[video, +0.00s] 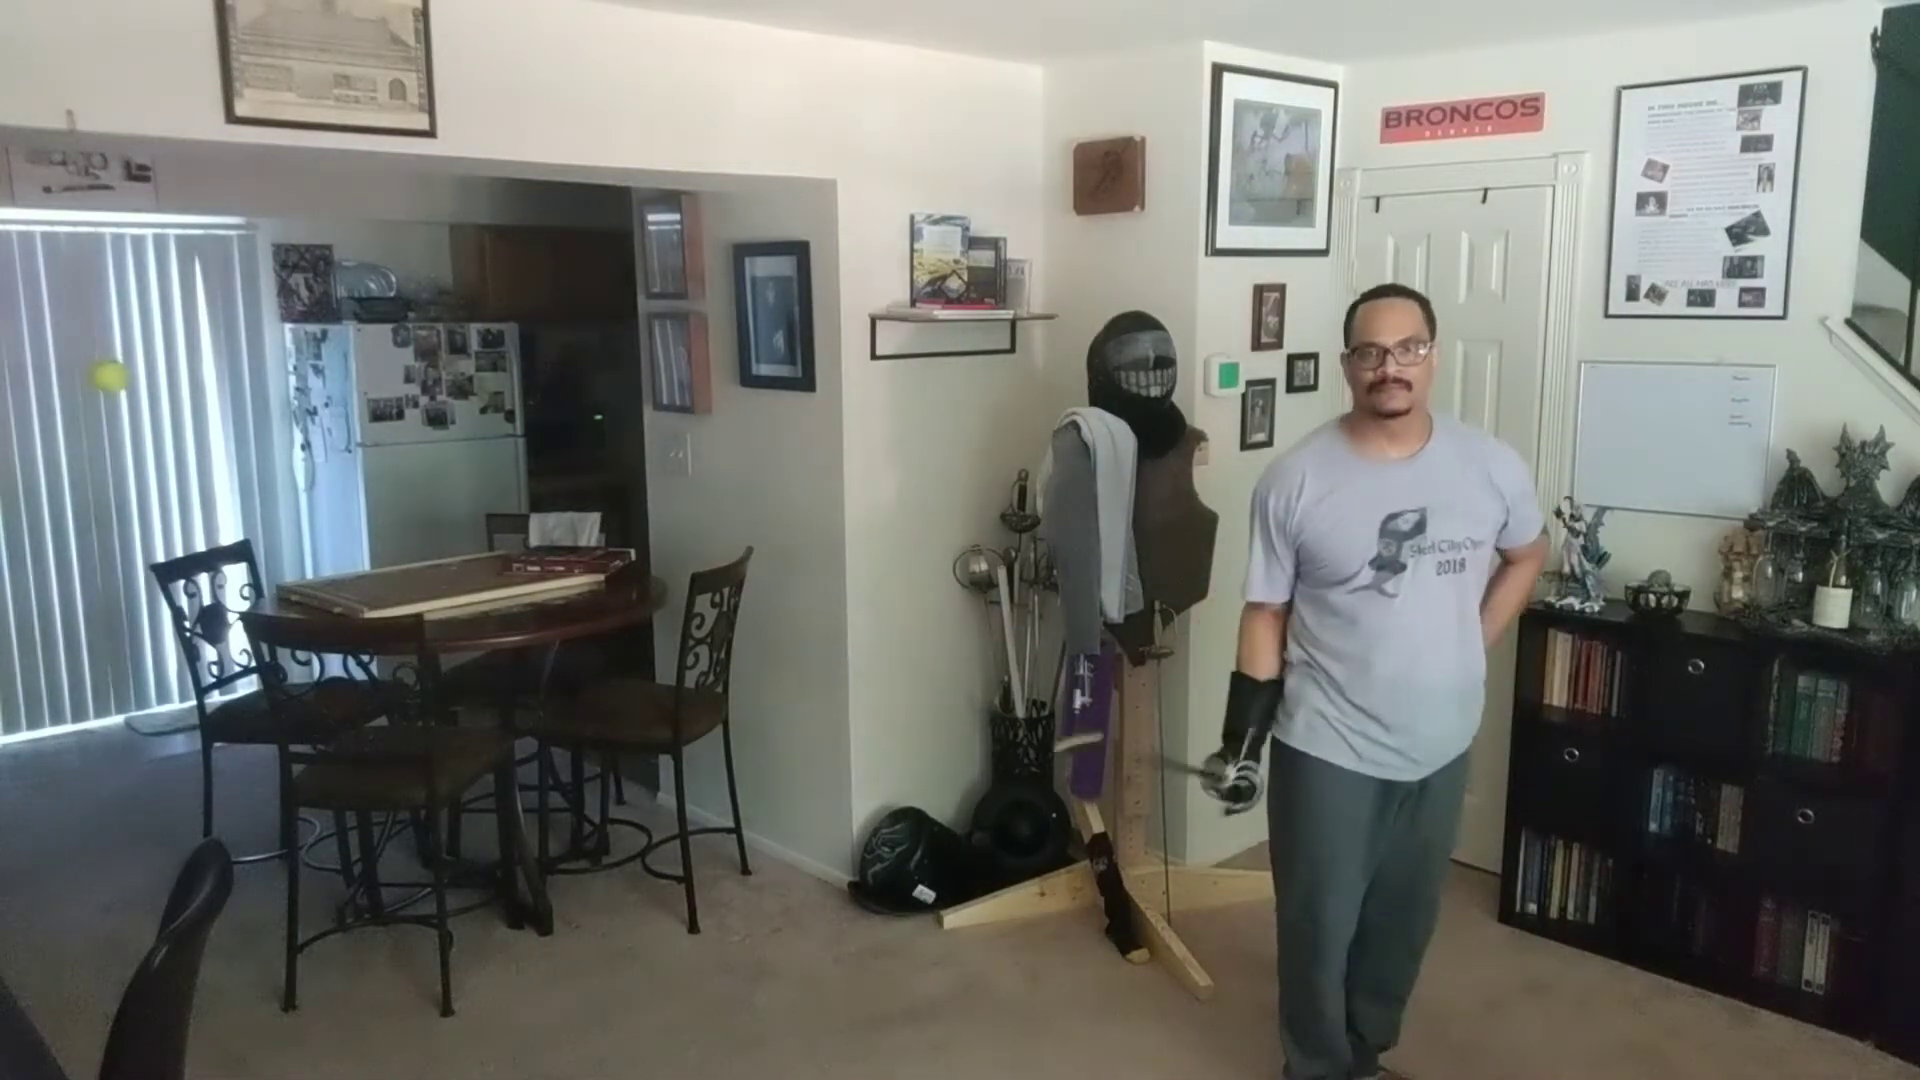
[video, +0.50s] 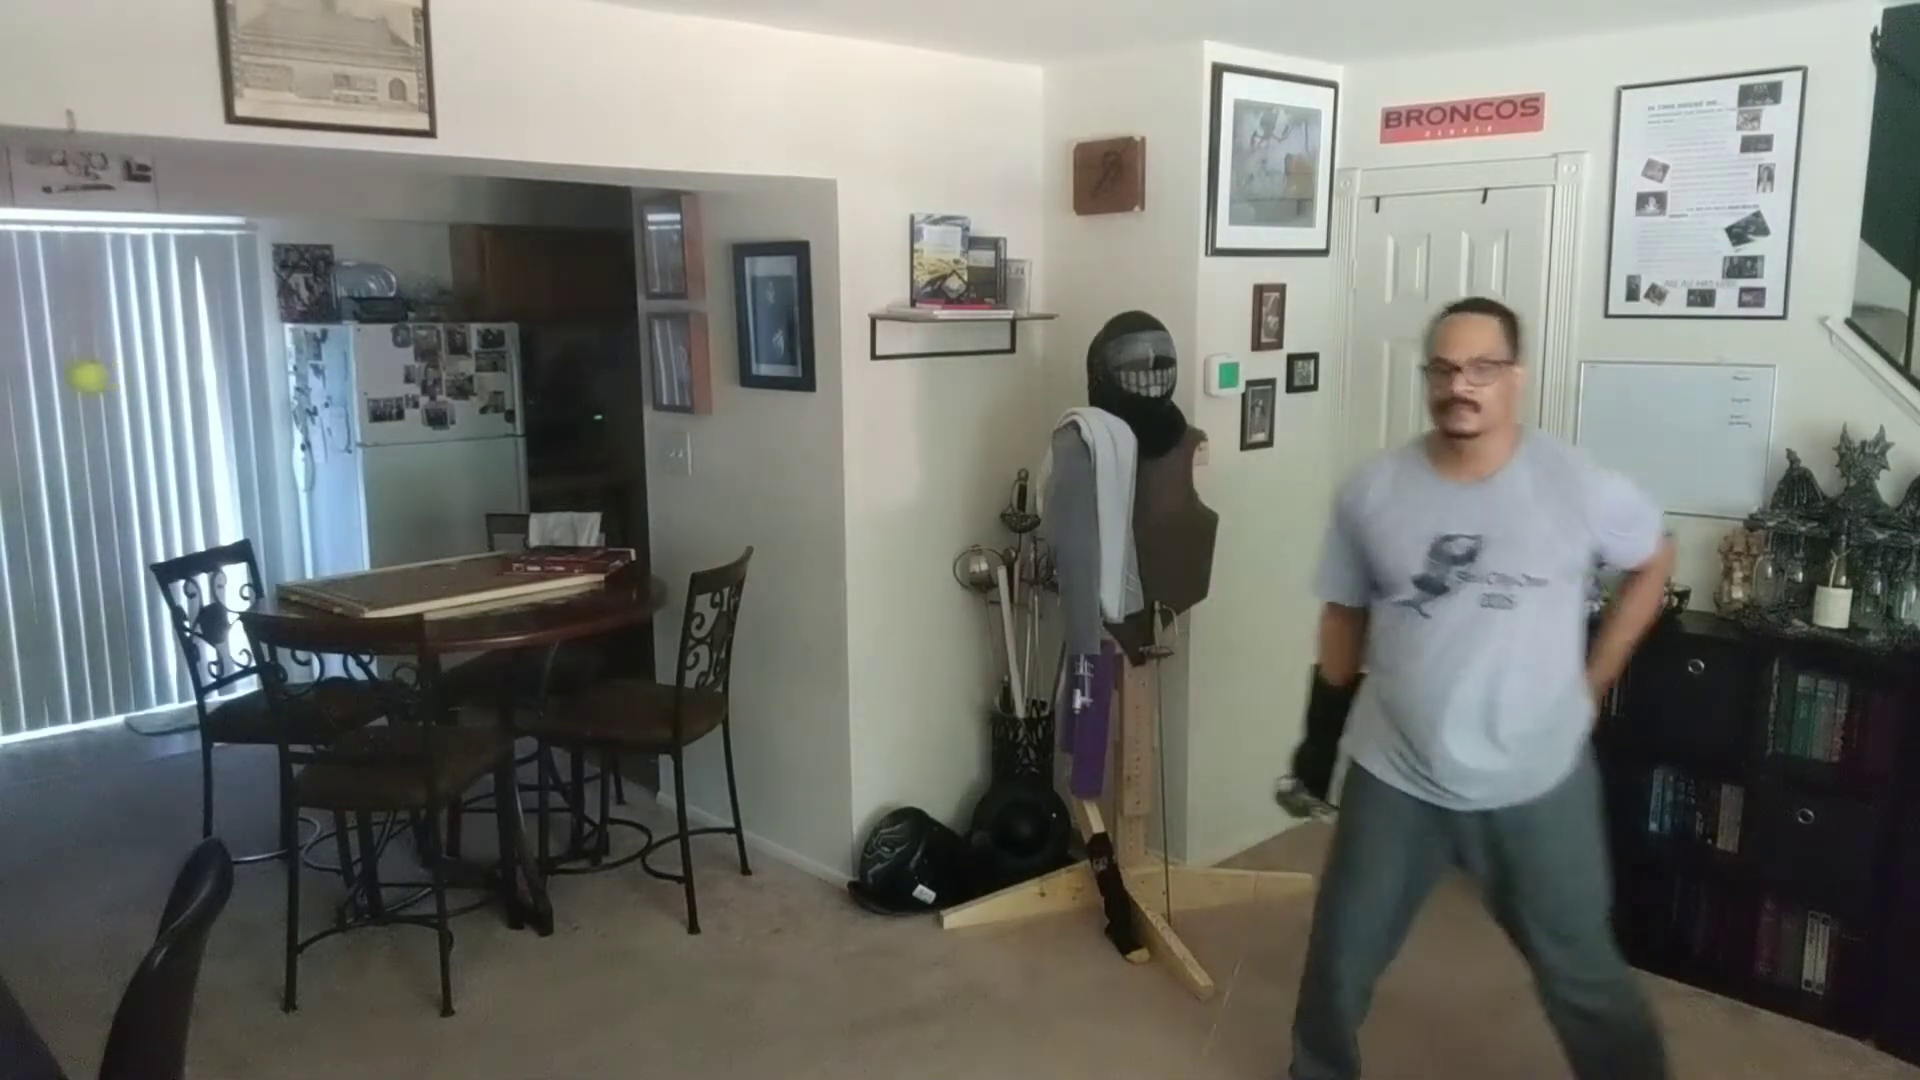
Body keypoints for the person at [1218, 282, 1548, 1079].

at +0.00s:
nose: (1390, 366)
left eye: (1408, 349)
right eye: (1371, 351)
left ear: (1433, 360)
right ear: (1347, 367)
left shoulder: (1487, 463)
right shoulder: (1294, 479)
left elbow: (1527, 553)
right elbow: (1264, 612)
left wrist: (1475, 641)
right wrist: (1245, 738)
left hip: (1441, 742)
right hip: (1327, 740)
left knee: (1405, 915)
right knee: (1321, 920)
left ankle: (1369, 1050)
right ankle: (1315, 1062)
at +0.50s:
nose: (1458, 386)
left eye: (1480, 370)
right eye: (1442, 369)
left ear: (1518, 380)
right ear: (1424, 378)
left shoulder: (1575, 485)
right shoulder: (1372, 491)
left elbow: (1653, 559)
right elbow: (1343, 619)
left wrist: (1594, 682)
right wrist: (1319, 746)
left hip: (1539, 778)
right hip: (1398, 771)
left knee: (1583, 977)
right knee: (1337, 967)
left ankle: (1637, 1074)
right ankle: (1318, 1070)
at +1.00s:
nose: (1587, 389)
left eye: (1608, 373)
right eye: (1587, 372)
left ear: (1675, 386)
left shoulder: (1763, 483)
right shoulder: (1565, 487)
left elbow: (1904, 518)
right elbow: (1560, 607)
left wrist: (1828, 657)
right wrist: (1563, 675)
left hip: (1716, 798)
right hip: (1579, 783)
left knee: (1696, 1022)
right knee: (1572, 1003)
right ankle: (1592, 1070)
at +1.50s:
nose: (1638, 374)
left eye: (1660, 360)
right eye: (1640, 357)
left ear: (1723, 373)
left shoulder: (1824, 472)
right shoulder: (1635, 497)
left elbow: (1917, 572)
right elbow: (1626, 638)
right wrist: (1600, 770)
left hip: (1804, 759)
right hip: (1685, 759)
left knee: (1739, 971)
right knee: (1682, 960)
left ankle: (1729, 1072)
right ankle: (1711, 1065)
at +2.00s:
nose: (1725, 387)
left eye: (1748, 370)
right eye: (1725, 370)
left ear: (1817, 380)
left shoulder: (1901, 487)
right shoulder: (1691, 501)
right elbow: (1609, 627)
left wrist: (1912, 734)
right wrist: (1547, 719)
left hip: (1857, 801)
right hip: (1710, 782)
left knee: (1843, 1016)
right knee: (1633, 925)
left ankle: (1809, 1074)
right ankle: (1683, 1069)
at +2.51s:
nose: (1665, 482)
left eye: (1685, 462)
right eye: (1666, 464)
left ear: (1756, 471)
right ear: (1739, 472)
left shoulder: (1855, 534)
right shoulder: (1654, 568)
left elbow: (1862, 654)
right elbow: (1513, 578)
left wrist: (1714, 567)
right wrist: (1364, 576)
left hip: (1887, 845)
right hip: (1738, 824)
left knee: (1865, 1048)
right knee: (1624, 1002)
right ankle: (1573, 1072)